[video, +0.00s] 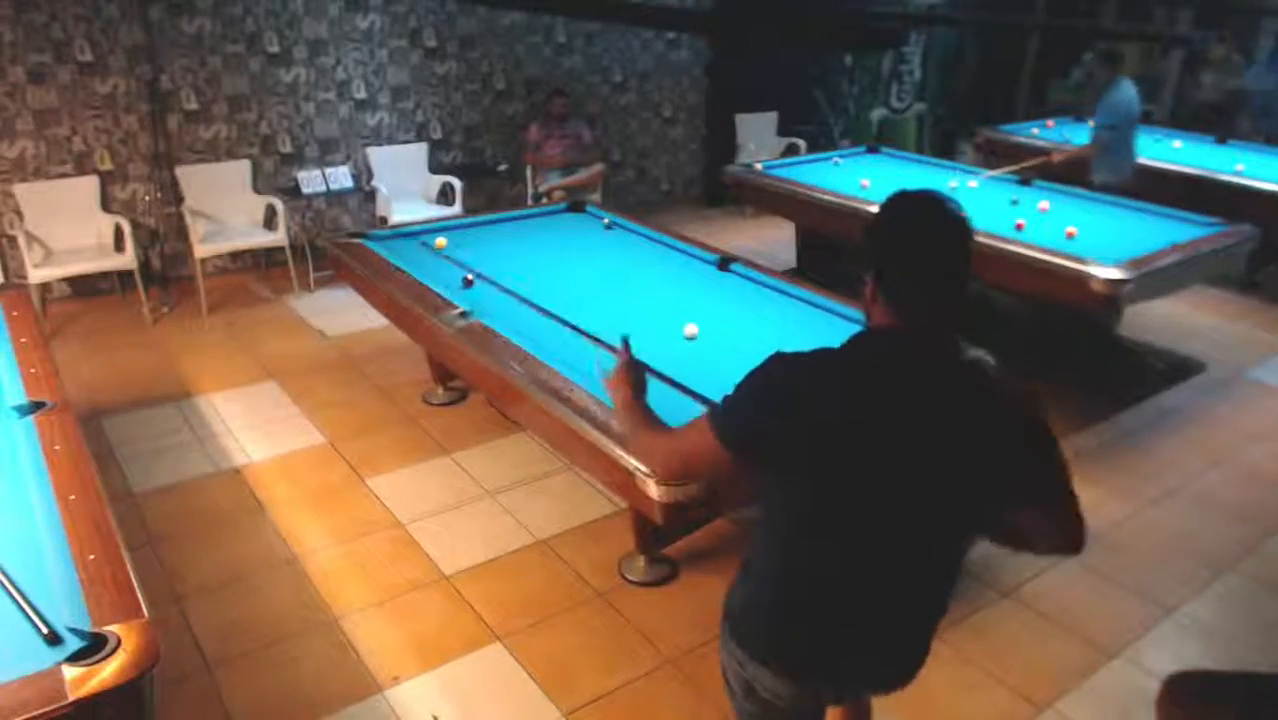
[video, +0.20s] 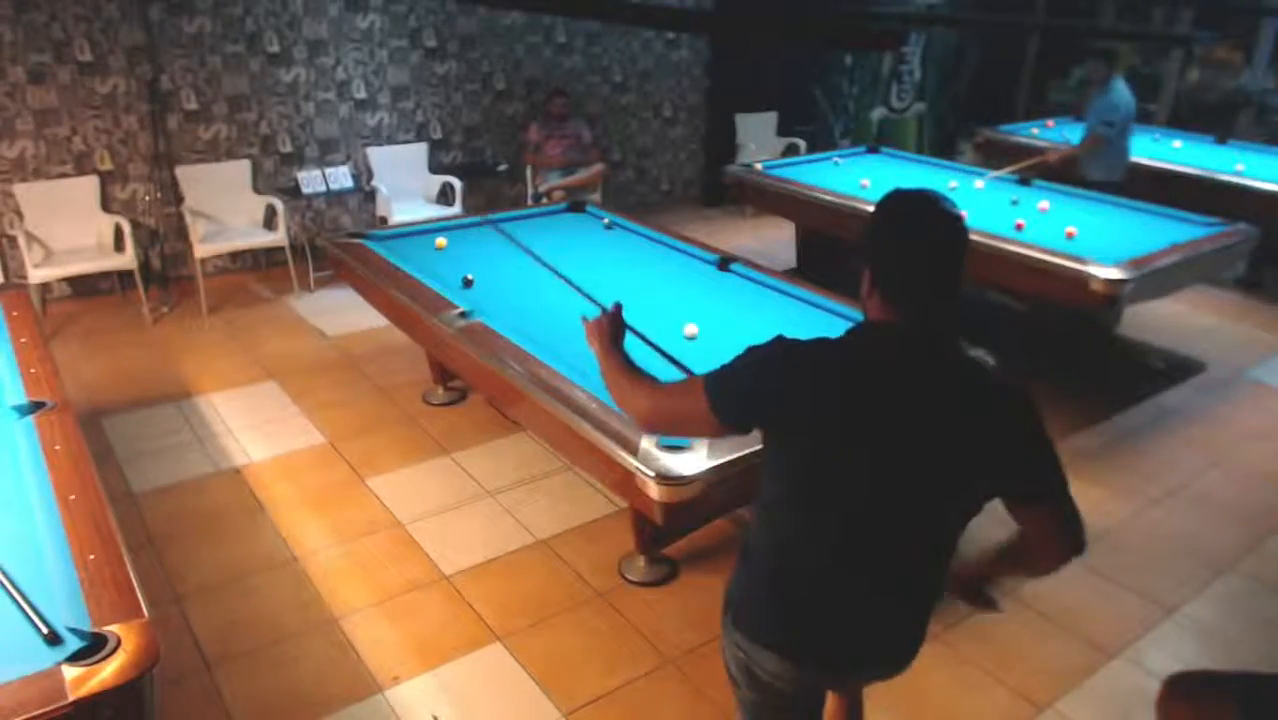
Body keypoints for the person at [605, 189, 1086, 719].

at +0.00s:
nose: (866, 286)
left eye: (866, 275)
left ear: (870, 287)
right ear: (959, 293)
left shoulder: (797, 382)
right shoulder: (996, 406)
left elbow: (666, 460)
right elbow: (1062, 532)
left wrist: (626, 400)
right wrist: (960, 504)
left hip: (776, 646)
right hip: (892, 653)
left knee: (770, 706)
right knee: (853, 688)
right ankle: (855, 707)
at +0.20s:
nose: (861, 277)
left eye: (864, 265)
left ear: (868, 279)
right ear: (955, 286)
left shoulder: (794, 369)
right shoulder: (993, 403)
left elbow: (652, 410)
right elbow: (1054, 540)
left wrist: (604, 348)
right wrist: (981, 573)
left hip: (774, 632)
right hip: (889, 639)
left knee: (777, 707)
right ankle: (848, 703)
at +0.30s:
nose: (860, 277)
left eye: (862, 264)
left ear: (865, 277)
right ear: (953, 286)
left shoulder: (796, 362)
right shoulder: (988, 403)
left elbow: (651, 390)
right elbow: (1064, 534)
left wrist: (605, 320)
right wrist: (1059, 600)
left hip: (772, 620)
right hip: (883, 630)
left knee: (768, 704)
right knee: (847, 675)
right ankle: (845, 698)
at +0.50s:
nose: (860, 269)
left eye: (864, 256)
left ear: (867, 269)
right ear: (951, 279)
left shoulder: (801, 353)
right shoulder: (984, 394)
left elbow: (666, 383)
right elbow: (1079, 509)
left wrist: (624, 322)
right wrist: (1016, 552)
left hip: (774, 605)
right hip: (879, 611)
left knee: (774, 706)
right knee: (846, 663)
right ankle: (838, 705)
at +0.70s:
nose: (874, 255)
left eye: (874, 247)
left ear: (876, 259)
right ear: (955, 264)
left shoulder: (811, 336)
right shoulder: (988, 358)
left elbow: (684, 369)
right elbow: (1076, 501)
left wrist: (642, 314)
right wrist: (979, 512)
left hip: (786, 573)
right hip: (888, 581)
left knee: (761, 700)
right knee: (848, 671)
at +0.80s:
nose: (866, 252)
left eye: (870, 243)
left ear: (874, 253)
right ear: (951, 258)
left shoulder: (811, 328)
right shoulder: (988, 356)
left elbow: (684, 356)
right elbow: (1084, 503)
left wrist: (644, 297)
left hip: (782, 558)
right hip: (885, 574)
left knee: (746, 661)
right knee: (846, 670)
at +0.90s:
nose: (862, 254)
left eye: (865, 243)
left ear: (868, 252)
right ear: (948, 256)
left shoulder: (806, 324)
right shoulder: (981, 355)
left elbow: (682, 344)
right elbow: (1087, 492)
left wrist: (649, 286)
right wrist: (1101, 590)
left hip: (778, 545)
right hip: (878, 566)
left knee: (729, 629)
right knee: (842, 661)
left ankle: (742, 710)